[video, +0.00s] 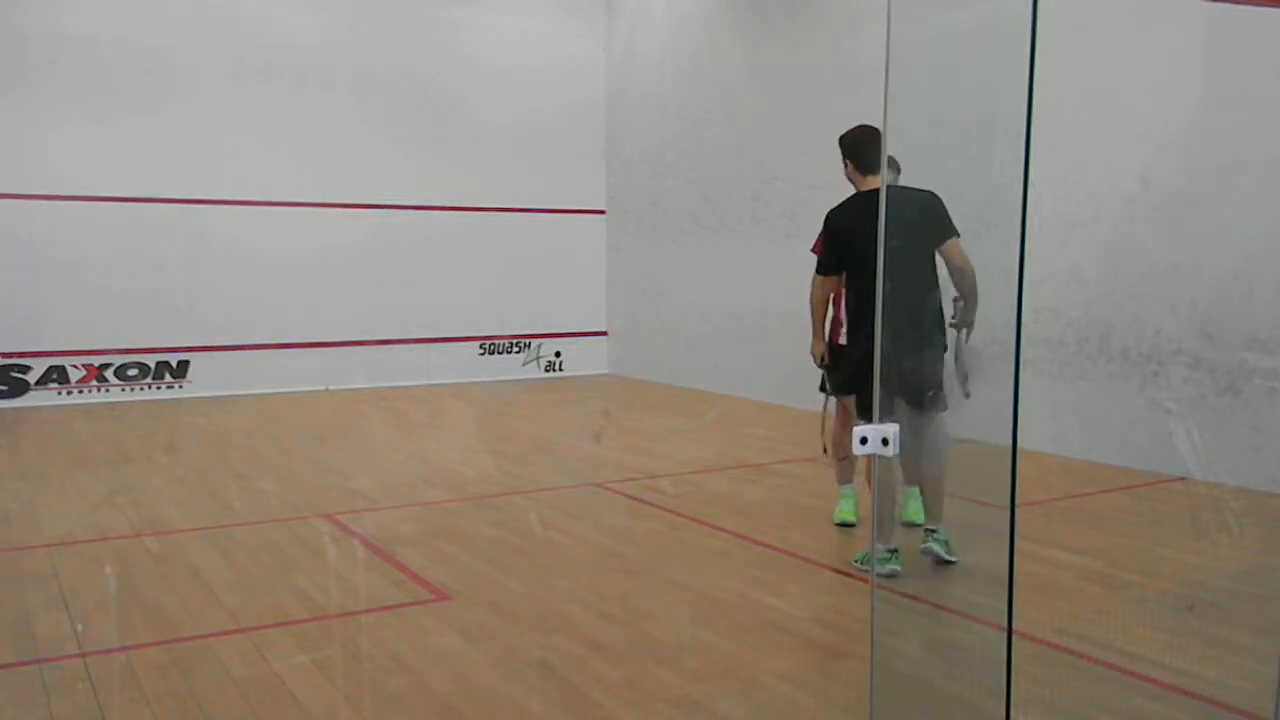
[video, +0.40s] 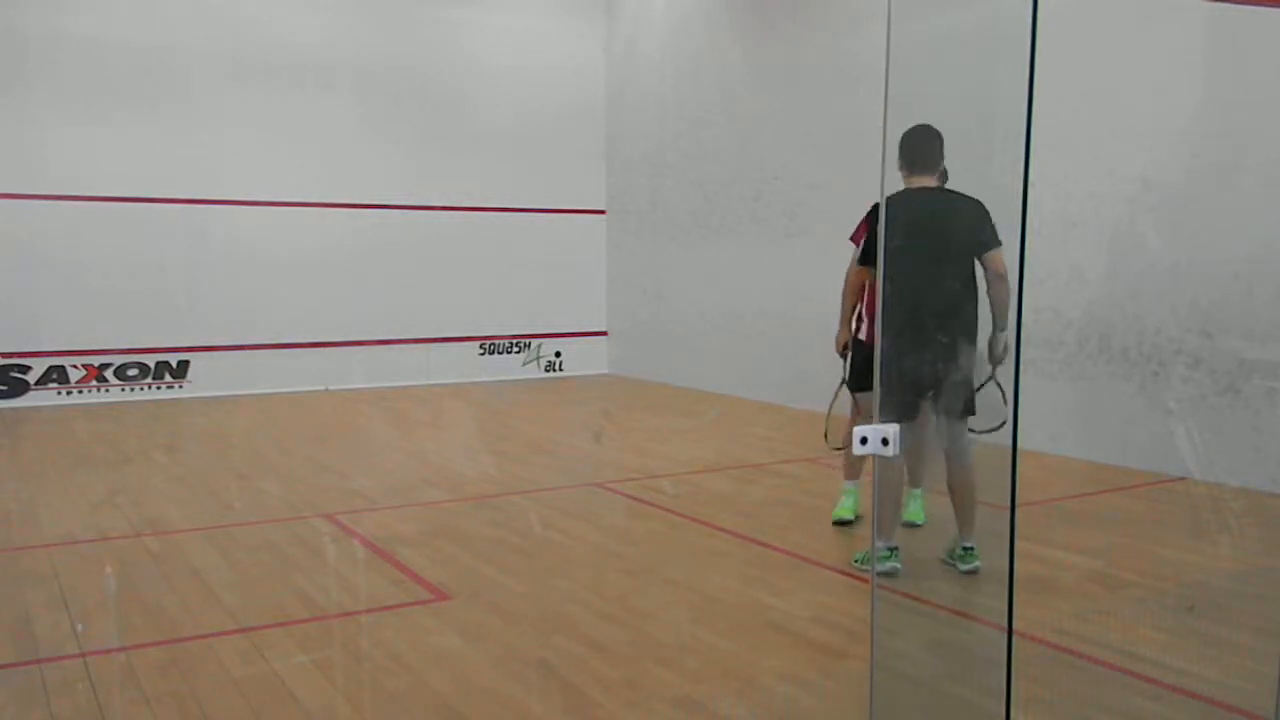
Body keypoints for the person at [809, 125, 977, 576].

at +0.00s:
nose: (842, 169)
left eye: (842, 164)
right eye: (847, 161)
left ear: (848, 166)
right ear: (885, 158)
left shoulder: (841, 218)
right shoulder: (925, 203)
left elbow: (822, 288)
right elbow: (961, 267)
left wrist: (818, 338)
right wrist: (970, 307)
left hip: (870, 349)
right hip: (923, 345)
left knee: (879, 444)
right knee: (928, 435)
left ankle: (885, 550)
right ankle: (936, 532)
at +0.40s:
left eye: (907, 161)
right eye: (937, 160)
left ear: (900, 164)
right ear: (943, 163)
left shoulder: (885, 213)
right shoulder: (970, 210)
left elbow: (858, 276)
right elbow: (997, 273)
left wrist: (845, 325)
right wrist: (1001, 330)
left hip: (900, 344)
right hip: (956, 344)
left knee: (891, 441)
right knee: (957, 441)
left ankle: (884, 547)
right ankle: (966, 544)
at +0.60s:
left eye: (932, 161)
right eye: (961, 160)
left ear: (928, 161)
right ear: (968, 165)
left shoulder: (904, 208)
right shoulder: (989, 213)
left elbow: (889, 275)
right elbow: (1022, 277)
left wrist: (885, 333)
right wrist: (1013, 337)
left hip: (914, 339)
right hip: (970, 341)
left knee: (905, 437)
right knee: (967, 441)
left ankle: (892, 544)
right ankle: (967, 546)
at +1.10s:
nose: (929, 157)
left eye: (933, 150)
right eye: (933, 149)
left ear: (945, 153)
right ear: (973, 156)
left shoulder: (956, 205)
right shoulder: (989, 208)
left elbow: (947, 273)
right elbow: (1005, 276)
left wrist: (906, 293)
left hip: (957, 346)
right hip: (979, 345)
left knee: (946, 445)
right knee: (959, 446)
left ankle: (975, 566)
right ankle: (968, 546)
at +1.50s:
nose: (956, 150)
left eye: (968, 143)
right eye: (949, 140)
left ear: (987, 149)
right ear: (939, 143)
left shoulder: (1001, 206)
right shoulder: (934, 203)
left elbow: (1037, 276)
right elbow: (917, 261)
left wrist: (965, 296)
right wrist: (889, 279)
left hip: (979, 352)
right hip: (928, 345)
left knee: (972, 456)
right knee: (909, 451)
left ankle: (979, 571)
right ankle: (910, 562)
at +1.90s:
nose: (960, 142)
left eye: (967, 133)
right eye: (949, 132)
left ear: (974, 141)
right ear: (923, 138)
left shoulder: (992, 206)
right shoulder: (891, 209)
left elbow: (1009, 287)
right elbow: (863, 285)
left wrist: (985, 338)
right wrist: (836, 352)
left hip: (965, 362)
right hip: (904, 361)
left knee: (959, 468)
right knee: (909, 477)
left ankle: (967, 564)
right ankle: (912, 604)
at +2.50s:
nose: (917, 131)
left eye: (922, 122)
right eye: (904, 123)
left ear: (929, 129)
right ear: (875, 132)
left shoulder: (951, 196)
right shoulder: (844, 205)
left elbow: (980, 275)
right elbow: (821, 282)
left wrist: (987, 345)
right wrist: (812, 349)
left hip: (931, 366)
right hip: (867, 370)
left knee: (917, 496)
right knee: (887, 496)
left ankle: (915, 629)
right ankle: (909, 607)